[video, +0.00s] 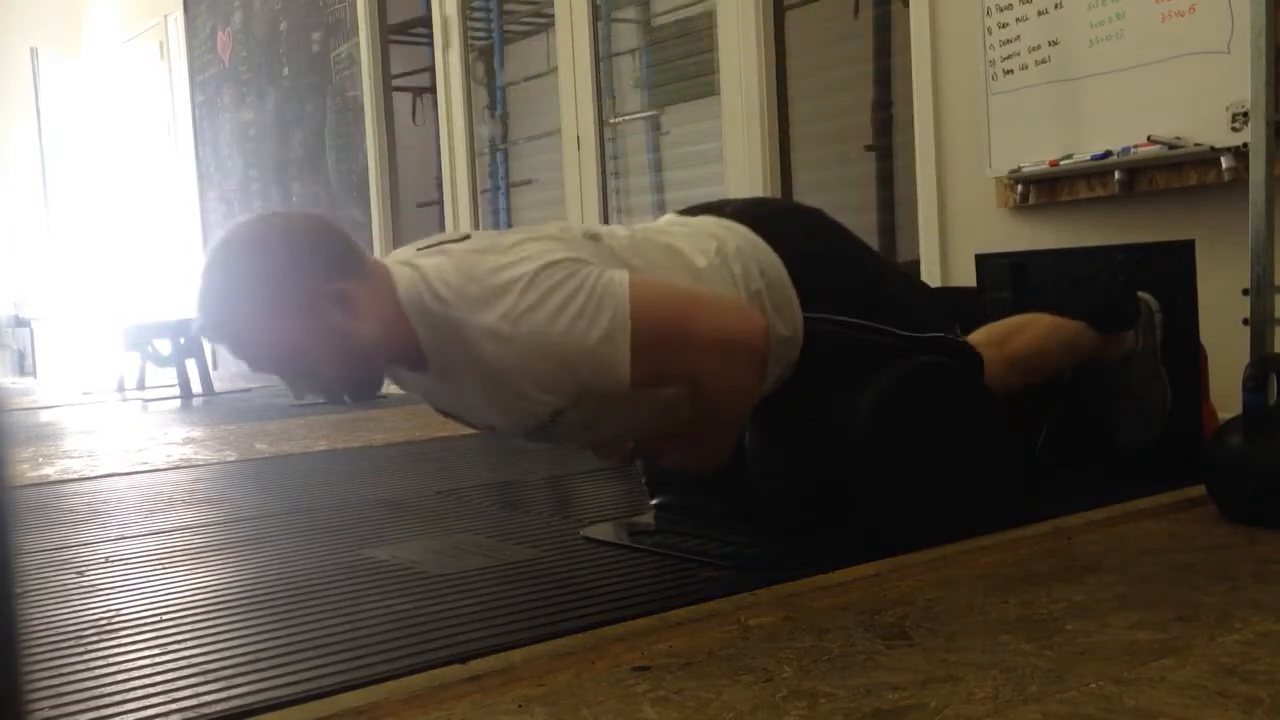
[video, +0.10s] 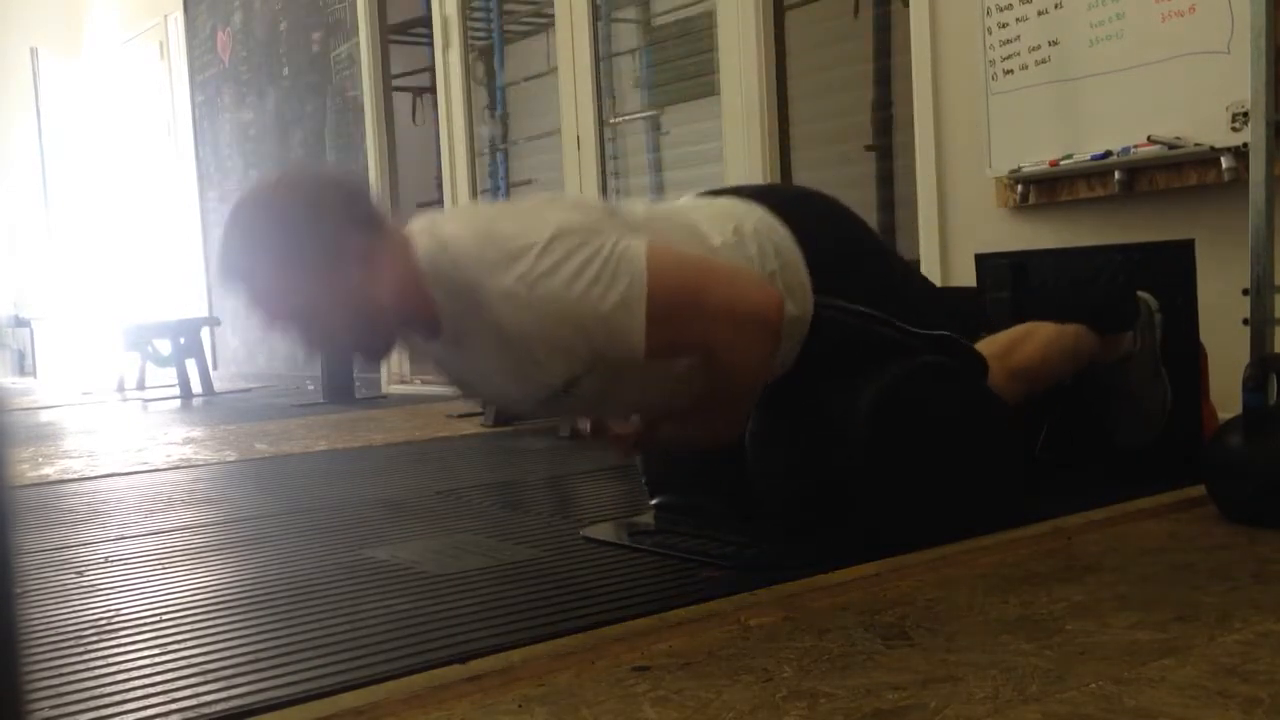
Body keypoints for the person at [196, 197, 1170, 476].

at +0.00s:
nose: (285, 378)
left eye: (280, 353)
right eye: (266, 364)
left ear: (342, 305)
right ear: (330, 309)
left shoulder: (498, 310)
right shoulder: (395, 326)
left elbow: (740, 346)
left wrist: (699, 446)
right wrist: (637, 428)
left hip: (782, 273)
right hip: (704, 254)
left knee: (957, 357)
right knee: (915, 326)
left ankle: (1111, 330)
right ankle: (1068, 324)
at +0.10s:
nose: (301, 339)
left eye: (298, 307)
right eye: (281, 322)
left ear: (356, 247)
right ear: (324, 272)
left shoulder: (511, 279)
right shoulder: (406, 303)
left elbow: (754, 316)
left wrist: (713, 421)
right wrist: (629, 412)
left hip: (799, 260)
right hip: (727, 244)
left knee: (963, 364)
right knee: (921, 327)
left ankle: (1101, 336)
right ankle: (1056, 327)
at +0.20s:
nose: (326, 223)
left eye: (328, 195)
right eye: (311, 208)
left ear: (390, 154)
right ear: (356, 184)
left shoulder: (540, 204)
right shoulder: (436, 241)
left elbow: (775, 259)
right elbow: (586, 279)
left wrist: (716, 381)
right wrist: (622, 365)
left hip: (820, 242)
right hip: (724, 287)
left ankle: (1084, 345)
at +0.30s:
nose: (390, 82)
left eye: (405, 48)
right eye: (377, 58)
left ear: (476, 26)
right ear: (378, 61)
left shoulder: (605, 98)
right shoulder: (475, 150)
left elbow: (811, 197)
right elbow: (634, 230)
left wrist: (736, 325)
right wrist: (646, 307)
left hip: (839, 282)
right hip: (723, 313)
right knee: (680, 464)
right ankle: (953, 388)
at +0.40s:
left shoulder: (680, 21)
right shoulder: (525, 66)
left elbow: (848, 123)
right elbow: (639, 162)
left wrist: (746, 265)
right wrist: (645, 236)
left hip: (866, 246)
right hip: (771, 287)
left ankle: (1092, 350)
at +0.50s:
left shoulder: (772, 5)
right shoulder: (586, 10)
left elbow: (890, 76)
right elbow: (640, 101)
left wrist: (766, 197)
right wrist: (662, 174)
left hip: (889, 233)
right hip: (783, 267)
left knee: (959, 449)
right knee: (836, 463)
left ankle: (1099, 348)